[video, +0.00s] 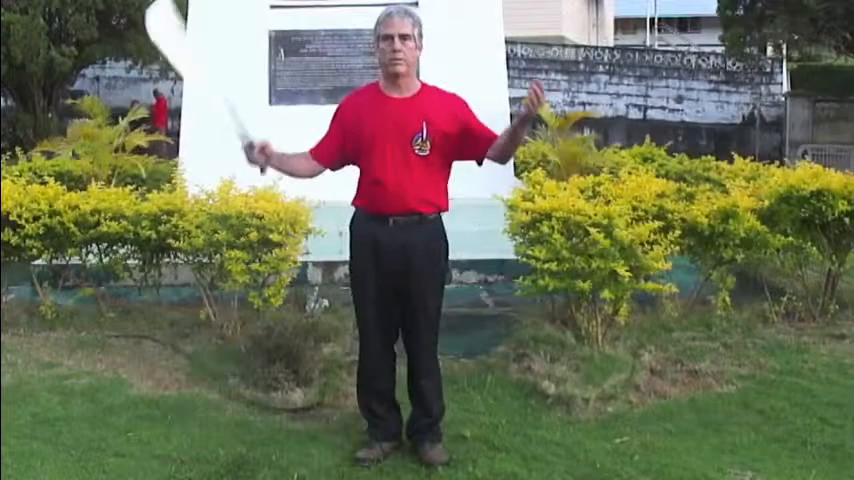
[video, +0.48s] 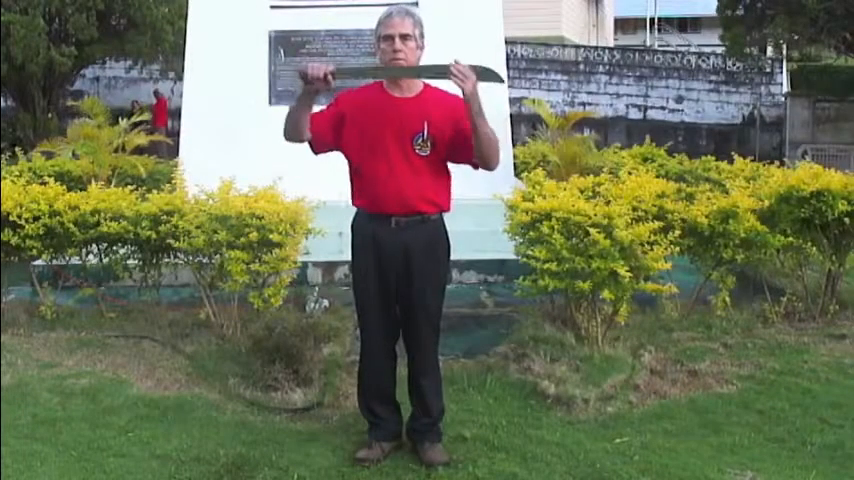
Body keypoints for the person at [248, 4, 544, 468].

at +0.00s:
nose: (396, 47)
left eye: (405, 39)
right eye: (386, 39)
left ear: (419, 46)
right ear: (375, 48)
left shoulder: (448, 106)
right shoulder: (356, 105)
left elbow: (496, 152)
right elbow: (315, 162)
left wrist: (523, 120)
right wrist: (273, 159)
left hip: (425, 232)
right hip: (370, 232)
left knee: (422, 339)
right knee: (374, 339)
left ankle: (427, 435)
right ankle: (382, 434)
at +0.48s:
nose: (396, 46)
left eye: (406, 38)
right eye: (387, 39)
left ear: (421, 46)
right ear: (376, 48)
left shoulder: (446, 104)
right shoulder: (353, 102)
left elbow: (489, 160)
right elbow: (294, 133)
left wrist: (474, 99)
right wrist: (307, 94)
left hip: (425, 231)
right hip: (371, 232)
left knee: (423, 339)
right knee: (375, 338)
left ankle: (427, 434)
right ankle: (381, 433)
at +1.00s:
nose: (408, 48)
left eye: (417, 39)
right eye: (398, 39)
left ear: (431, 47)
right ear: (387, 48)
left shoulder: (455, 105)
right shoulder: (366, 107)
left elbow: (494, 172)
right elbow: (313, 154)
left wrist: (484, 113)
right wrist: (323, 120)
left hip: (436, 236)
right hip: (379, 236)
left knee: (430, 342)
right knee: (375, 341)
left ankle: (427, 436)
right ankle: (381, 434)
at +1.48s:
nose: (403, 58)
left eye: (412, 48)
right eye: (393, 49)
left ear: (427, 55)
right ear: (380, 57)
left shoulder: (455, 119)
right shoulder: (358, 118)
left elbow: (466, 198)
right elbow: (343, 195)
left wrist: (423, 218)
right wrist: (381, 204)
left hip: (437, 257)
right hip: (377, 257)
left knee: (431, 355)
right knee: (373, 364)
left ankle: (427, 436)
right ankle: (368, 471)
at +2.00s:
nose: (370, 66)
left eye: (381, 56)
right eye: (360, 57)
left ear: (399, 63)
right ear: (348, 64)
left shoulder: (430, 124)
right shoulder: (324, 125)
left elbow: (445, 210)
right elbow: (310, 210)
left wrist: (393, 246)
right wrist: (355, 244)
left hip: (413, 264)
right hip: (347, 268)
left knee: (423, 360)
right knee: (352, 370)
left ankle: (429, 440)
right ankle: (364, 471)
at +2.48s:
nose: (383, 67)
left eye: (394, 57)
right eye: (373, 58)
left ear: (409, 63)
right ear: (361, 64)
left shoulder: (439, 125)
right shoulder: (338, 124)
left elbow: (464, 202)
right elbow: (308, 202)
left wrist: (435, 204)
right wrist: (333, 212)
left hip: (420, 264)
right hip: (358, 265)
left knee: (427, 360)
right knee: (354, 370)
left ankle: (425, 438)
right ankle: (365, 472)